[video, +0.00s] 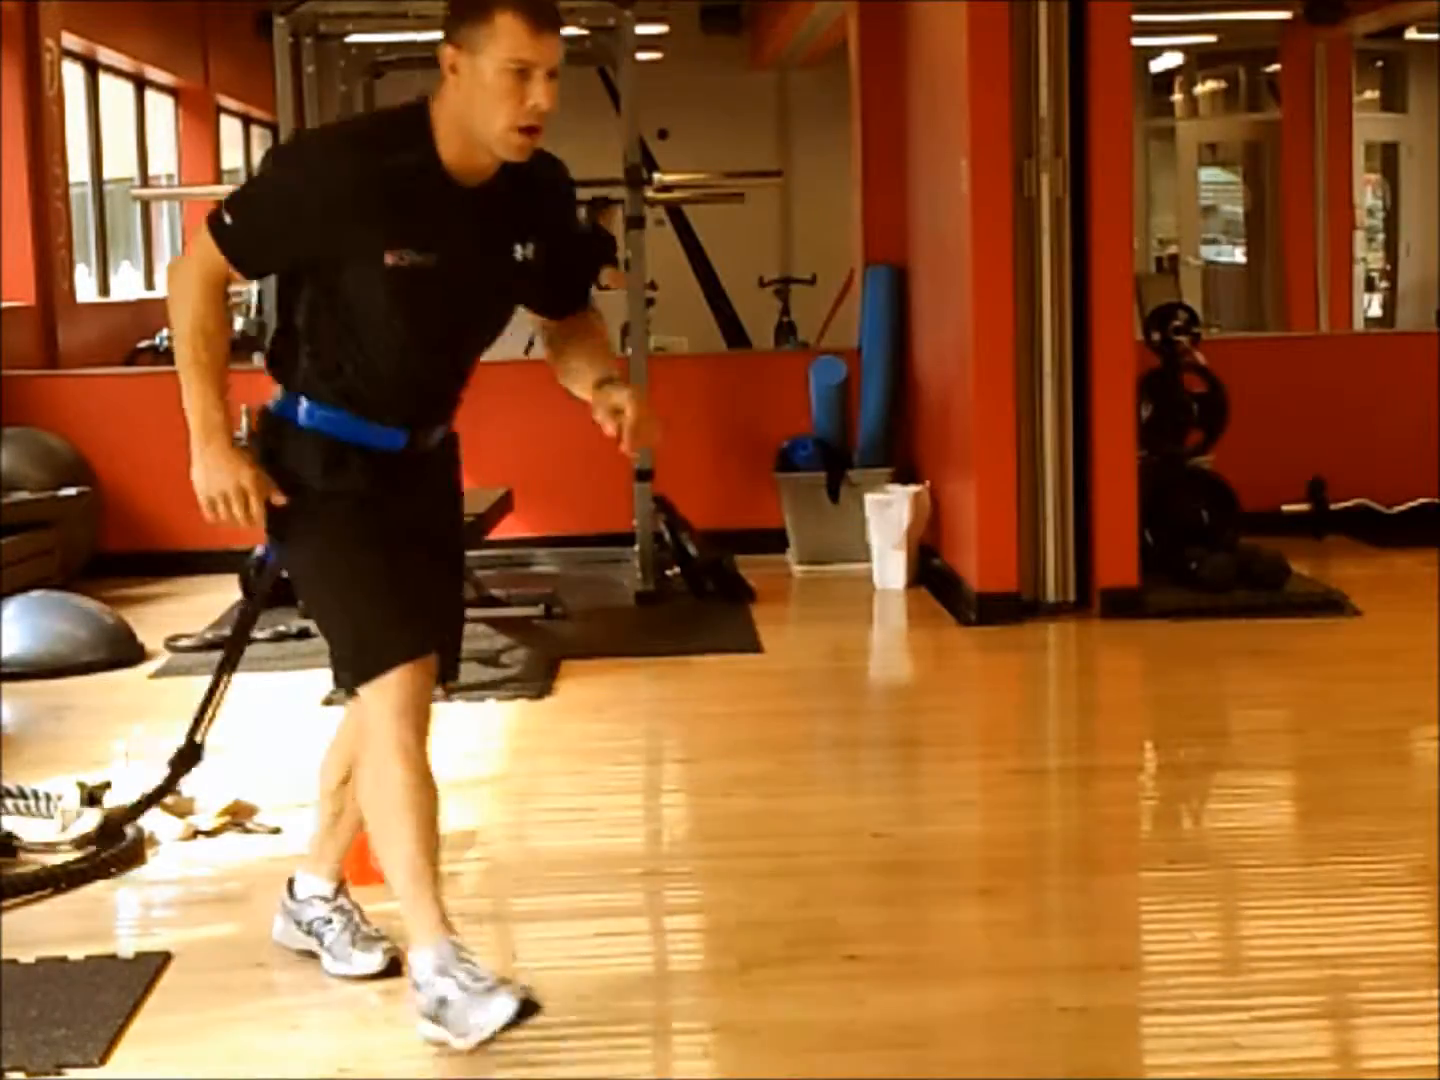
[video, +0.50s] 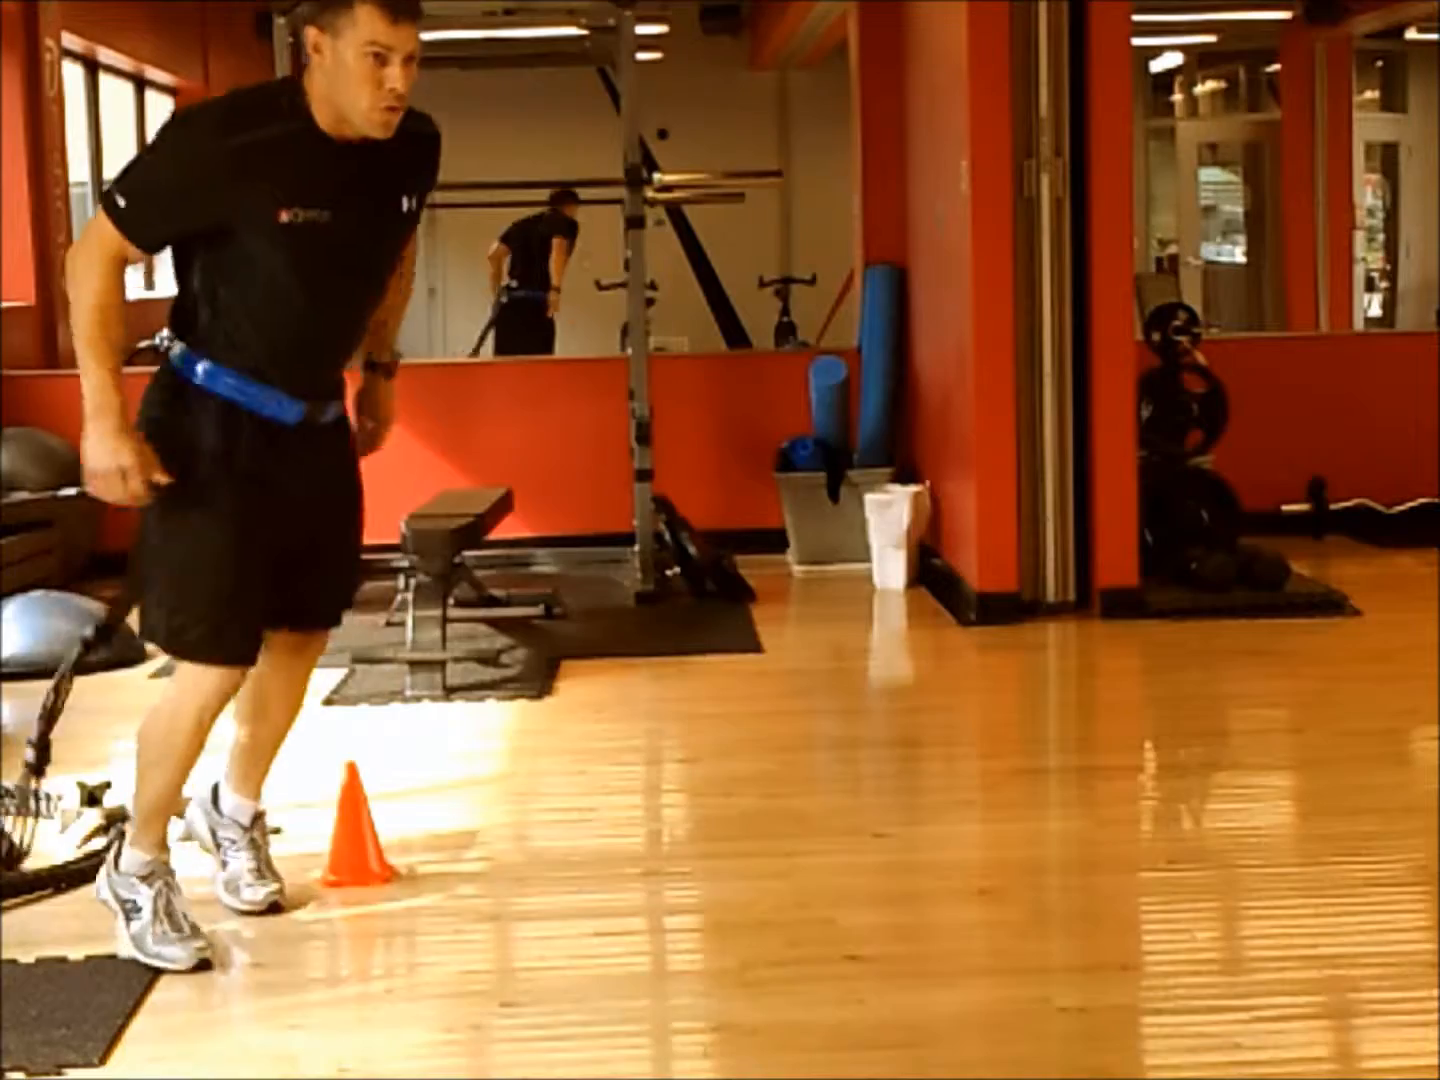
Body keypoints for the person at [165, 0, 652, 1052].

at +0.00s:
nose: (542, 98)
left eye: (552, 76)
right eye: (520, 74)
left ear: (555, 79)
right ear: (453, 68)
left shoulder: (536, 190)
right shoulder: (336, 165)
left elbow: (568, 315)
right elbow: (200, 265)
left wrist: (605, 386)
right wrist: (209, 437)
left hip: (424, 457)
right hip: (319, 451)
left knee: (398, 685)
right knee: (398, 679)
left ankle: (315, 890)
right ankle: (435, 957)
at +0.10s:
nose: (489, 30)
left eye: (501, 10)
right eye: (465, 6)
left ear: (507, 19)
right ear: (403, 10)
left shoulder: (491, 117)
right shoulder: (295, 96)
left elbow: (484, 244)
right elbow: (174, 212)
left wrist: (510, 368)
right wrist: (240, 373)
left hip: (384, 396)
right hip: (279, 390)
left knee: (366, 636)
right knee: (335, 634)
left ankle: (331, 870)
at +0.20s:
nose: (441, 25)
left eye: (450, 7)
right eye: (421, 4)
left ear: (453, 14)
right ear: (359, 4)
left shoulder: (445, 101)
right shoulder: (256, 84)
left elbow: (426, 221)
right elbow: (134, 218)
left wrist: (421, 346)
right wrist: (259, 336)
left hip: (361, 390)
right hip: (244, 393)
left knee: (368, 622)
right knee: (262, 628)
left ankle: (281, 812)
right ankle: (173, 850)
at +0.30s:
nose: (398, 75)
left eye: (407, 54)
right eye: (378, 50)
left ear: (413, 58)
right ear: (308, 42)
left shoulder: (403, 158)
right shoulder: (219, 147)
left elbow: (351, 277)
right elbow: (104, 285)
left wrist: (349, 358)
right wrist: (250, 351)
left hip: (336, 452)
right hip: (218, 451)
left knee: (357, 670)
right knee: (194, 682)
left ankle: (247, 790)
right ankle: (130, 877)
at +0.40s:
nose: (381, 105)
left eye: (391, 84)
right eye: (360, 84)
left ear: (400, 85)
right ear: (298, 80)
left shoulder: (395, 185)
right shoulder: (208, 178)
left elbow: (343, 312)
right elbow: (91, 304)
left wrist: (326, 398)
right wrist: (201, 418)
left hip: (318, 470)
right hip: (210, 475)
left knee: (305, 674)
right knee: (195, 693)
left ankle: (223, 814)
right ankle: (127, 890)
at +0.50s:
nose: (400, 82)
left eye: (410, 60)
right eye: (379, 57)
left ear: (417, 60)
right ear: (313, 48)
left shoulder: (411, 146)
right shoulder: (220, 136)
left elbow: (394, 259)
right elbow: (95, 255)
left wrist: (379, 364)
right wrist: (105, 419)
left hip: (317, 430)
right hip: (213, 420)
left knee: (300, 631)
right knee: (214, 656)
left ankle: (233, 805)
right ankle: (137, 865)